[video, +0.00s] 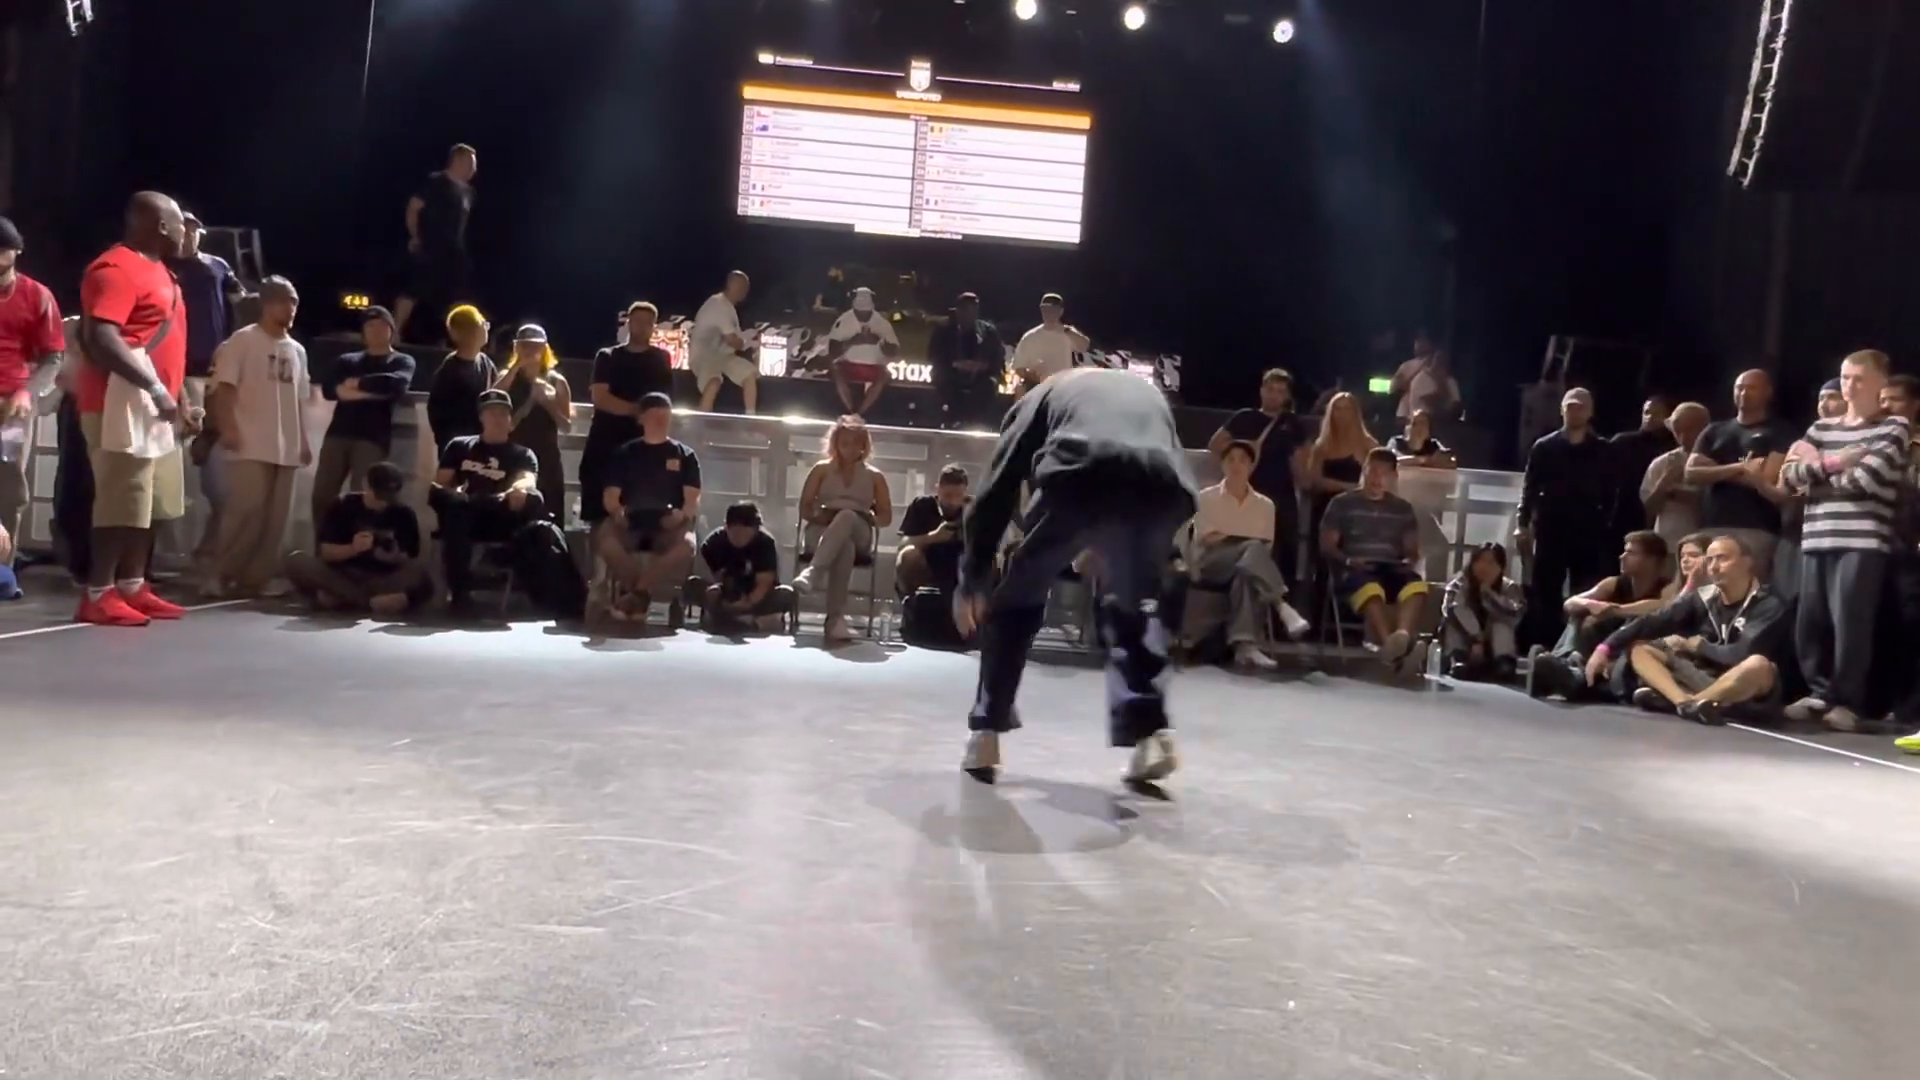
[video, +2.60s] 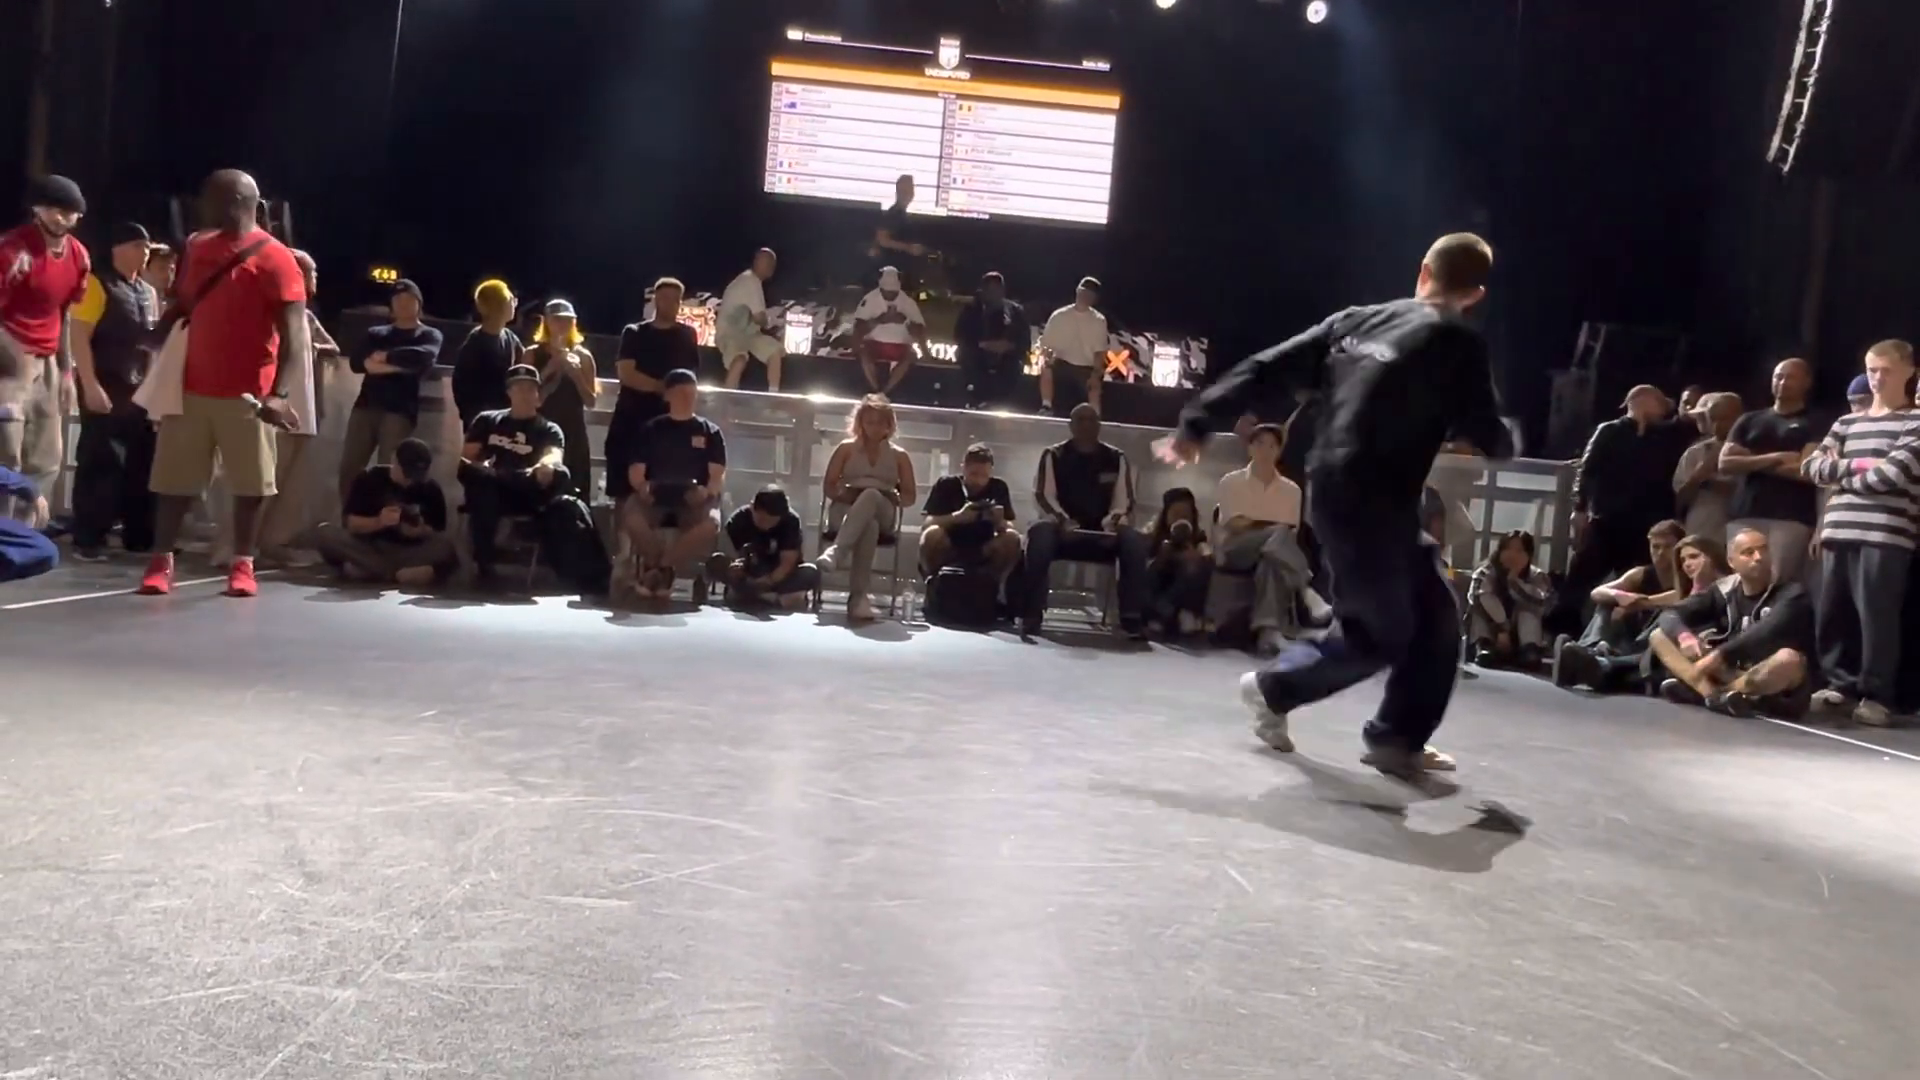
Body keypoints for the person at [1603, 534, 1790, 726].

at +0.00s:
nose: (1713, 566)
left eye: (1722, 558)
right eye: (1710, 560)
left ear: (1747, 562)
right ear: (1706, 565)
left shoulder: (1770, 606)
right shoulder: (1702, 598)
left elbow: (1740, 654)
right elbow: (1655, 623)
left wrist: (1697, 645)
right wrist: (1606, 648)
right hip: (1705, 679)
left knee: (1759, 666)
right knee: (1640, 652)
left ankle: (1690, 703)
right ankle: (1682, 700)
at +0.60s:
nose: (1717, 565)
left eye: (1726, 557)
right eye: (1713, 559)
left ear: (1750, 561)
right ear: (1709, 566)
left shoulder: (1773, 601)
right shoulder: (1706, 597)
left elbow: (1770, 645)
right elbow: (1660, 622)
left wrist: (1722, 657)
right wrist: (1613, 650)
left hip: (1759, 687)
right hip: (1714, 680)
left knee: (1769, 664)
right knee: (1647, 650)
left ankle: (1698, 702)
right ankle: (1695, 703)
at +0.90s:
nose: (1723, 561)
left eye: (1732, 554)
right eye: (1719, 556)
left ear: (1756, 559)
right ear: (1714, 562)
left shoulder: (1780, 599)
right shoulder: (1710, 595)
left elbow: (1799, 639)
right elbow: (1663, 620)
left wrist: (1743, 650)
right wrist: (1618, 647)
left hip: (1766, 686)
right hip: (1720, 678)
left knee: (1775, 661)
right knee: (1652, 647)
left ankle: (1708, 699)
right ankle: (1701, 700)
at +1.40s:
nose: (1741, 560)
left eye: (1749, 553)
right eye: (1733, 554)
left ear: (1765, 559)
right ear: (1725, 561)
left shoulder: (1784, 594)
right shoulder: (1719, 595)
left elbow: (1829, 619)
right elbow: (1672, 618)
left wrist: (1777, 636)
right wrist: (1624, 643)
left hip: (1779, 684)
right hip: (1729, 678)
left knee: (1781, 659)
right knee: (1660, 644)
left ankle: (1710, 698)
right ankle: (1709, 698)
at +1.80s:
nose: (1757, 556)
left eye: (1764, 549)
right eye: (1747, 551)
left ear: (1774, 557)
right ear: (1735, 562)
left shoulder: (1794, 596)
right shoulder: (1724, 593)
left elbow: (1806, 628)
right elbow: (1677, 615)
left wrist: (1760, 649)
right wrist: (1631, 640)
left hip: (1778, 685)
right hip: (1731, 675)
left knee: (1788, 659)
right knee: (1664, 642)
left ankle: (1718, 696)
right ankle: (1713, 697)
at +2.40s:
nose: (1762, 559)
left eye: (1765, 552)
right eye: (1752, 554)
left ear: (1771, 553)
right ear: (1732, 562)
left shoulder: (1793, 590)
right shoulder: (1721, 591)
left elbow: (1795, 628)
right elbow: (1671, 614)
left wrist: (1754, 656)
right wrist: (1658, 633)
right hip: (1729, 667)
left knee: (1793, 661)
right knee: (1663, 643)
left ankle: (1718, 694)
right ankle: (1714, 694)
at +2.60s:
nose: (1758, 558)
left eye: (1762, 550)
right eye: (1748, 552)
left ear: (1770, 554)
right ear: (1732, 561)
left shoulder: (1792, 593)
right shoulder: (1722, 591)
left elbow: (1768, 633)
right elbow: (1669, 616)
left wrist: (1717, 655)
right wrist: (1685, 638)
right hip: (1728, 674)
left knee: (1789, 659)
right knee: (1658, 637)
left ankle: (1717, 694)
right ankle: (1713, 694)